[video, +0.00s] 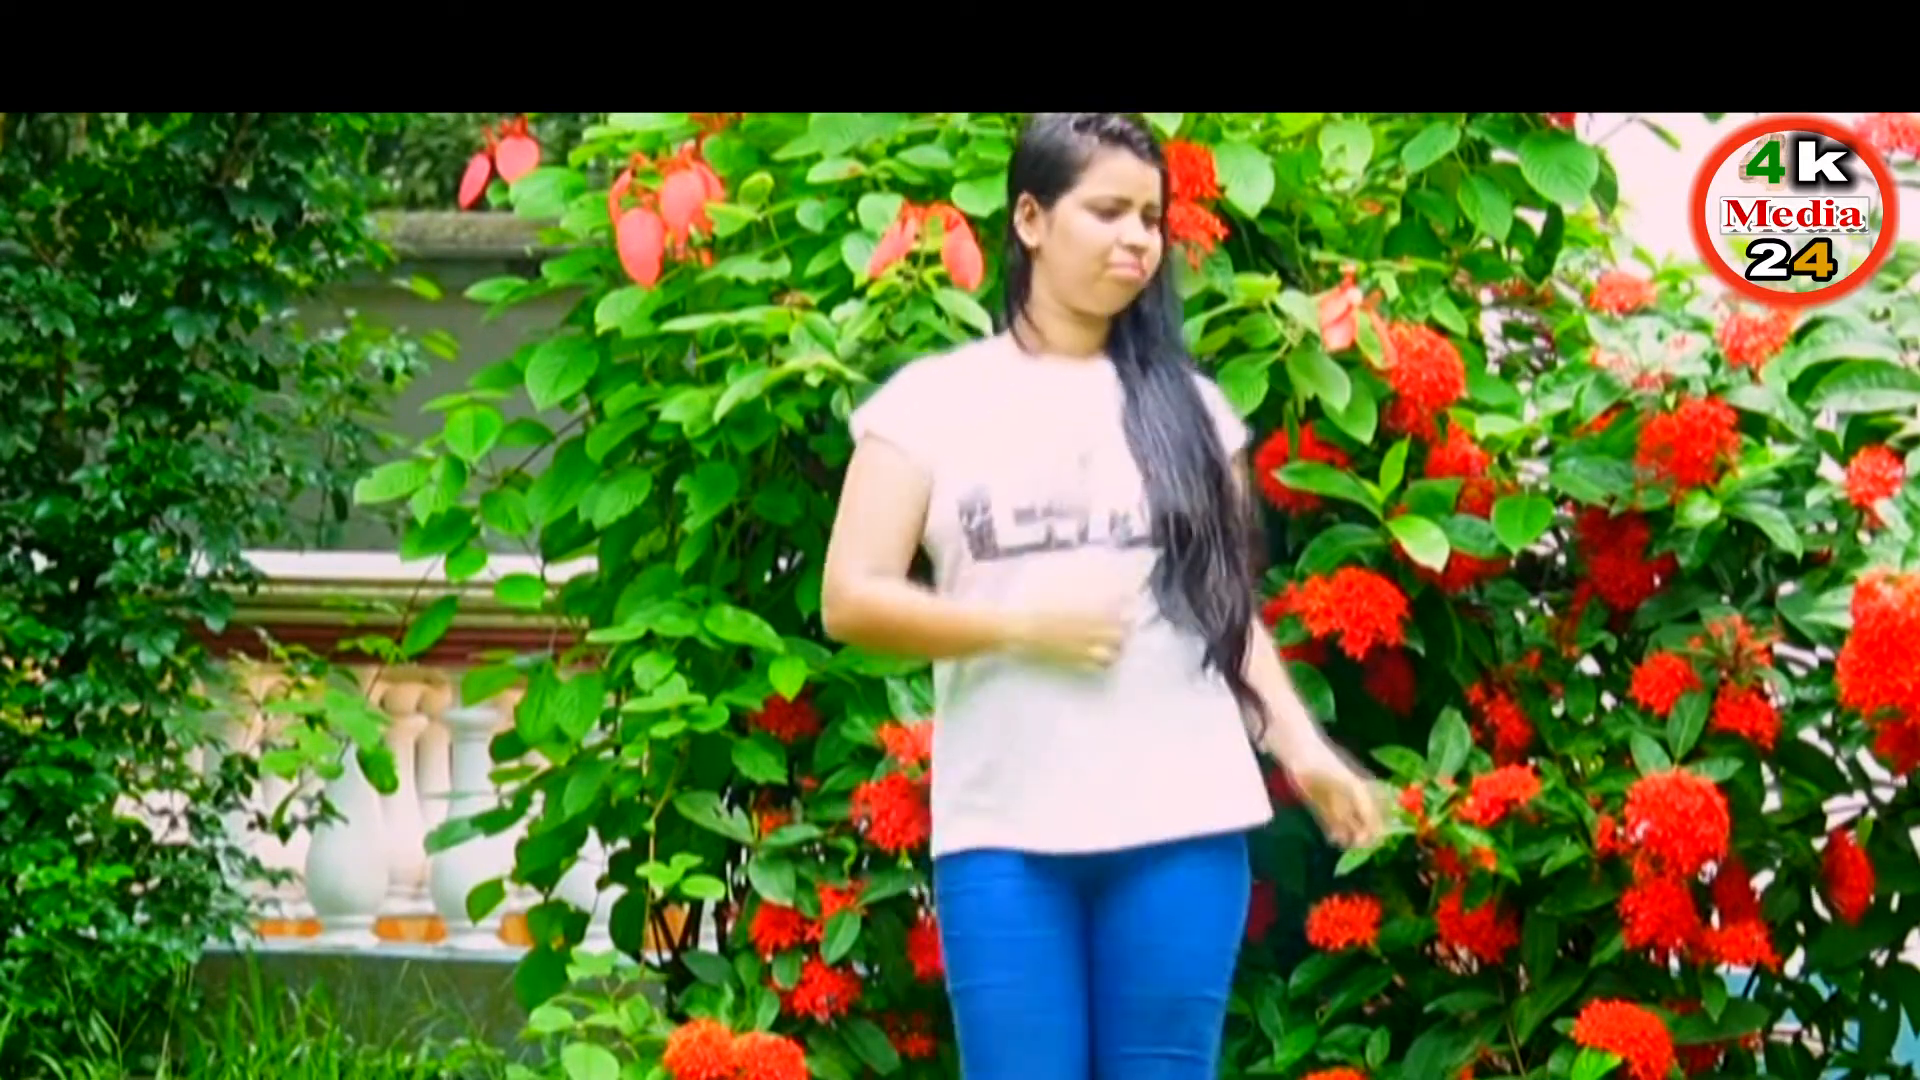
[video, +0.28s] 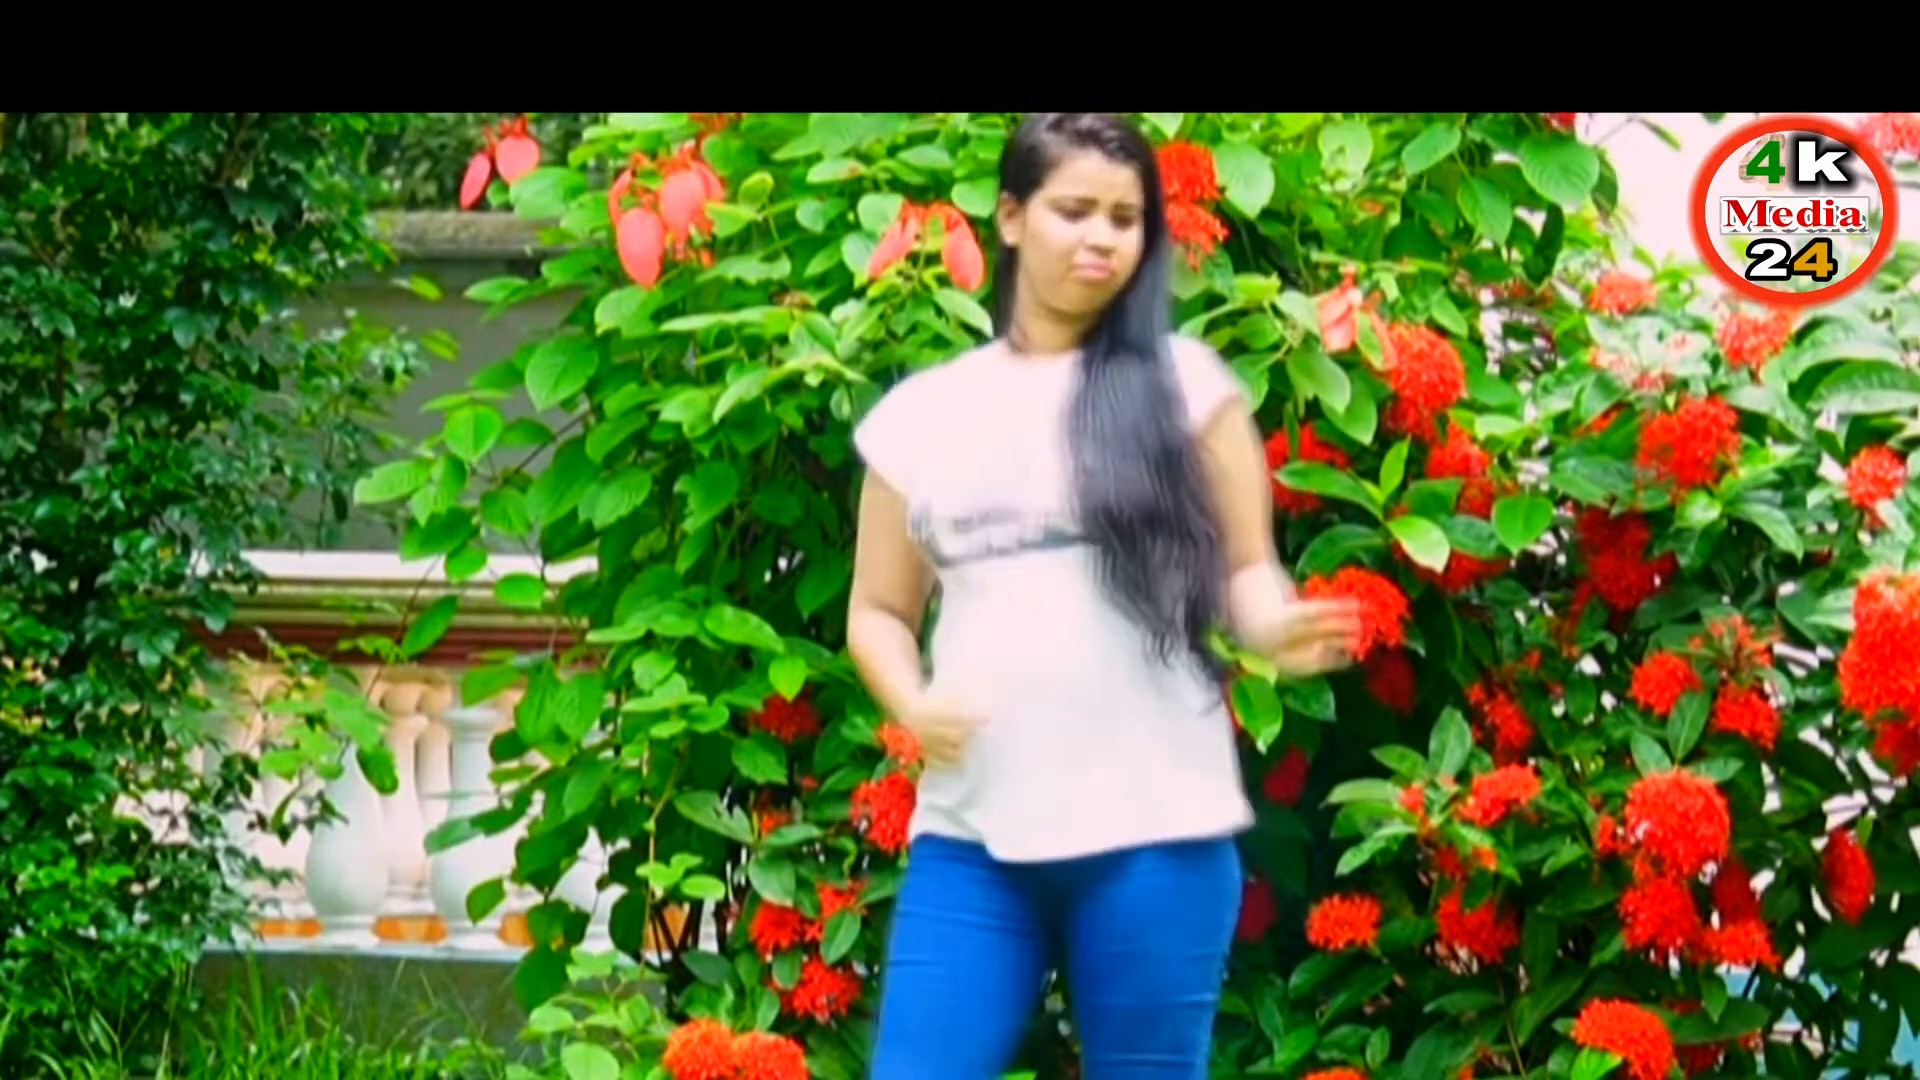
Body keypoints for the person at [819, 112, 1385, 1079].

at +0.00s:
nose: (1137, 237)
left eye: (1151, 217)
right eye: (1110, 210)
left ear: (1164, 238)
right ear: (1031, 221)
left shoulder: (1190, 404)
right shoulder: (929, 400)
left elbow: (1229, 607)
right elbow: (850, 599)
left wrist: (1303, 747)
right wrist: (1013, 622)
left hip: (1186, 823)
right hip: (1002, 833)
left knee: (1165, 1069)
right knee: (1025, 1070)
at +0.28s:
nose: (1100, 239)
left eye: (1124, 218)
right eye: (1073, 211)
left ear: (1148, 238)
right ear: (1011, 220)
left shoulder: (1185, 384)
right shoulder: (920, 416)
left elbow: (1246, 564)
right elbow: (881, 608)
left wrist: (1281, 629)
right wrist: (910, 702)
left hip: (1157, 833)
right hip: (971, 839)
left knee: (1147, 1069)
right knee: (915, 1068)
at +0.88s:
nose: (1004, 247)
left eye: (1033, 227)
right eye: (980, 219)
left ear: (1066, 250)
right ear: (931, 230)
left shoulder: (1102, 397)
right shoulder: (860, 413)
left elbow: (1145, 609)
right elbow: (756, 587)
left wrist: (1179, 612)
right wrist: (600, 632)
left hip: (1010, 842)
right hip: (821, 828)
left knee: (1038, 1071)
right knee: (804, 1073)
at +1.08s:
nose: (1019, 238)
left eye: (1048, 219)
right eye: (995, 208)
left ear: (1074, 243)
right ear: (939, 218)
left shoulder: (1099, 381)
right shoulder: (856, 409)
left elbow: (1149, 579)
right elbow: (788, 603)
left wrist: (1149, 688)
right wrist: (640, 630)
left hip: (1056, 848)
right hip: (864, 851)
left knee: (1088, 1070)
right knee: (818, 1070)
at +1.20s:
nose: (1008, 250)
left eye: (1038, 232)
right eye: (986, 219)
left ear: (1068, 259)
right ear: (934, 227)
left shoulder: (1084, 423)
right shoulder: (826, 411)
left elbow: (1118, 633)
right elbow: (770, 601)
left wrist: (1158, 779)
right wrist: (657, 653)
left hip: (1036, 863)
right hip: (845, 862)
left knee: (1069, 1071)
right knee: (805, 1069)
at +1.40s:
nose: (984, 258)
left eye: (1015, 239)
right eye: (962, 227)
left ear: (1046, 266)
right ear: (915, 238)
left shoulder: (1074, 449)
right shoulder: (803, 413)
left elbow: (1097, 646)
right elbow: (722, 588)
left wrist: (1171, 722)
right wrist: (613, 650)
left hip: (977, 870)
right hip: (789, 860)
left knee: (1008, 1071)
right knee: (772, 1073)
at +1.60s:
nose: (988, 235)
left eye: (1017, 217)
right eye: (965, 207)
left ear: (1052, 246)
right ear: (920, 221)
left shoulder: (1084, 408)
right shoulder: (825, 404)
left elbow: (1109, 637)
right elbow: (767, 605)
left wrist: (1119, 652)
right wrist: (638, 645)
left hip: (997, 847)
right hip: (810, 839)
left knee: (1037, 1070)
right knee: (802, 1072)